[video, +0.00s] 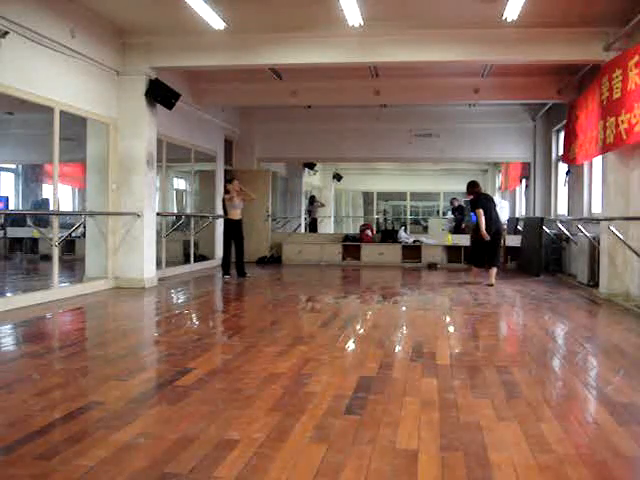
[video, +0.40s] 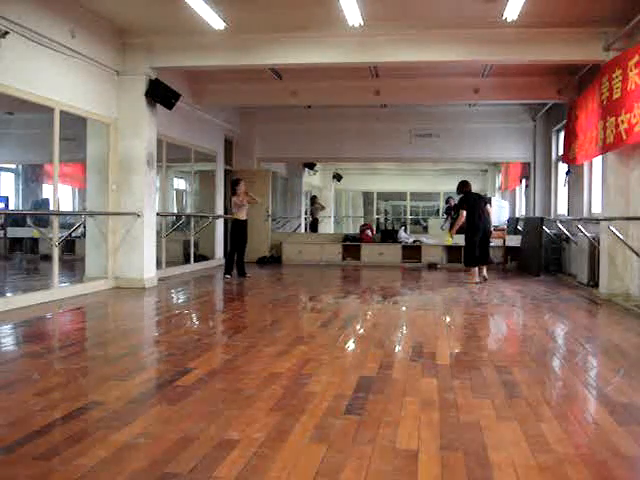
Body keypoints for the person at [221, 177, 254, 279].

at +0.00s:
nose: (238, 186)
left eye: (238, 184)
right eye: (235, 183)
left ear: (238, 186)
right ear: (230, 186)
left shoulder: (239, 196)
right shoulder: (226, 197)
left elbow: (252, 197)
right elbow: (231, 199)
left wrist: (243, 190)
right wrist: (232, 191)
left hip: (238, 220)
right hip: (229, 220)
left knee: (240, 247)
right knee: (227, 248)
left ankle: (241, 272)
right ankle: (226, 272)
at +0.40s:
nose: (243, 188)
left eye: (243, 185)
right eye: (241, 185)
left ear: (244, 187)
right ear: (236, 187)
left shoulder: (244, 197)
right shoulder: (234, 198)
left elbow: (256, 201)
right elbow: (239, 205)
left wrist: (249, 195)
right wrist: (243, 198)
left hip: (244, 221)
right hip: (236, 220)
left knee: (242, 248)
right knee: (233, 248)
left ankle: (241, 272)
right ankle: (228, 272)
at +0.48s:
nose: (244, 187)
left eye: (244, 185)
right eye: (242, 185)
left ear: (241, 187)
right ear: (238, 187)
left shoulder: (244, 197)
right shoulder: (236, 198)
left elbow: (258, 203)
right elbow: (247, 204)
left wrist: (249, 194)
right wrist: (245, 194)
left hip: (244, 221)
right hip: (237, 221)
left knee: (242, 248)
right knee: (234, 248)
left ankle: (241, 271)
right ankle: (228, 272)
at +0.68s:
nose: (245, 187)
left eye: (245, 184)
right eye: (243, 185)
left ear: (243, 186)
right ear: (239, 186)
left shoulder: (244, 197)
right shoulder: (237, 198)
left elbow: (258, 203)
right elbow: (250, 202)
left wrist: (251, 194)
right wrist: (248, 193)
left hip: (243, 221)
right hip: (237, 221)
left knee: (242, 248)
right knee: (235, 248)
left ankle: (241, 271)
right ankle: (230, 272)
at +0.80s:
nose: (245, 188)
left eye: (245, 185)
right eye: (243, 186)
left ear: (242, 187)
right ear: (239, 187)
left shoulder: (243, 198)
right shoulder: (237, 198)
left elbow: (256, 202)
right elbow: (253, 202)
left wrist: (249, 191)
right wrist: (248, 192)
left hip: (243, 221)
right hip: (237, 221)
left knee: (241, 247)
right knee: (236, 247)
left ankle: (241, 271)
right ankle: (230, 271)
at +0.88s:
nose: (245, 188)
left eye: (245, 185)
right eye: (243, 185)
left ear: (240, 187)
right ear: (239, 187)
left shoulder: (242, 198)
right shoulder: (237, 198)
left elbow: (255, 202)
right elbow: (254, 202)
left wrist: (249, 192)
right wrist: (248, 191)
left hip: (243, 221)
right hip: (237, 221)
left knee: (240, 247)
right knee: (236, 247)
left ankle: (241, 270)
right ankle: (230, 271)